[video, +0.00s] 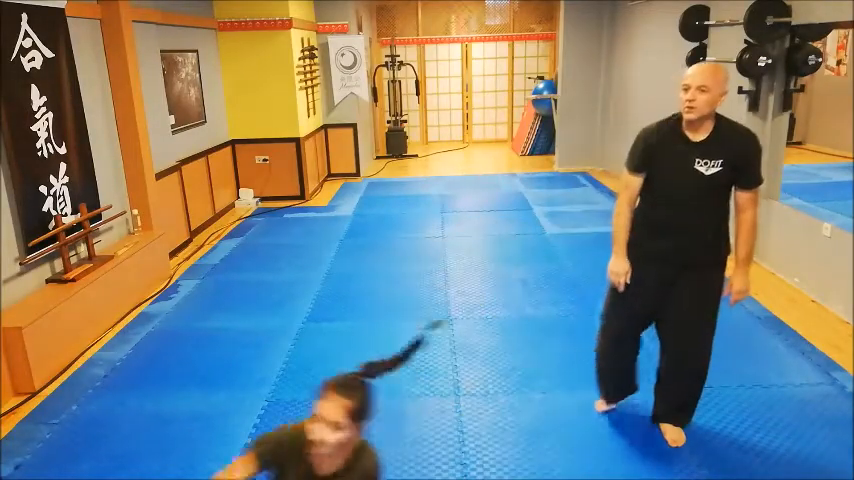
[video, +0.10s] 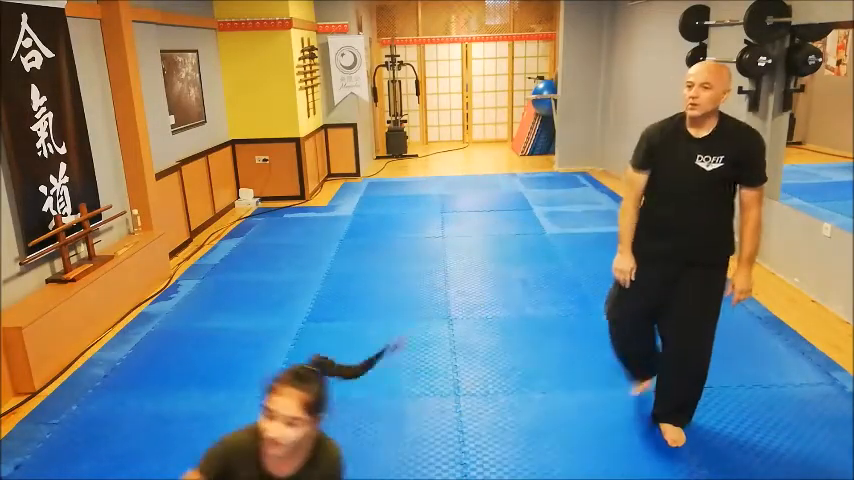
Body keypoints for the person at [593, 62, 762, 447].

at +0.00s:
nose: (690, 97)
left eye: (701, 91)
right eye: (686, 89)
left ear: (720, 97)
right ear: (679, 91)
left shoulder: (741, 145)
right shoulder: (652, 138)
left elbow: (746, 209)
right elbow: (626, 199)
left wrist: (742, 268)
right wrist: (618, 254)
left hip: (700, 267)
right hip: (644, 259)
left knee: (688, 348)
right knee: (615, 332)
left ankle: (671, 416)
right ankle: (614, 388)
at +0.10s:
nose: (693, 94)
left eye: (704, 88)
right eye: (689, 85)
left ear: (723, 95)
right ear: (682, 89)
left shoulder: (745, 143)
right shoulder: (657, 136)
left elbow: (750, 208)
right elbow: (631, 196)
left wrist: (745, 267)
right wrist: (624, 250)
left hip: (704, 263)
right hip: (650, 255)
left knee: (690, 344)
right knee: (622, 315)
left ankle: (671, 414)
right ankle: (645, 367)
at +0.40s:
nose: (696, 90)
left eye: (707, 85)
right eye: (693, 84)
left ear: (726, 92)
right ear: (687, 89)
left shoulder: (749, 138)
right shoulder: (668, 132)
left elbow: (757, 203)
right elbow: (648, 189)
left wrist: (747, 258)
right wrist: (630, 236)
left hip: (710, 257)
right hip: (661, 250)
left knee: (690, 338)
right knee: (654, 322)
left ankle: (671, 413)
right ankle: (685, 379)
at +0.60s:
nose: (671, 131)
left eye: (672, 124)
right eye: (669, 125)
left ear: (693, 116)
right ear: (695, 116)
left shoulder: (719, 151)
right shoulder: (721, 136)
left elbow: (657, 186)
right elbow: (713, 198)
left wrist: (603, 173)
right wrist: (688, 237)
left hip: (724, 258)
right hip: (728, 247)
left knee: (694, 332)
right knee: (726, 313)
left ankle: (676, 422)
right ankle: (732, 372)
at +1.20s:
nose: (669, 133)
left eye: (670, 125)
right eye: (667, 126)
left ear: (690, 117)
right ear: (691, 117)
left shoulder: (717, 150)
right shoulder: (717, 138)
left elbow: (658, 188)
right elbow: (688, 200)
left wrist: (603, 177)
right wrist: (646, 223)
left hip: (722, 258)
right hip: (719, 249)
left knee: (693, 331)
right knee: (726, 313)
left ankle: (676, 422)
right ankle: (733, 373)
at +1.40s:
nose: (668, 133)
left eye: (671, 126)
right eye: (666, 127)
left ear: (692, 118)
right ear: (692, 119)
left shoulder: (720, 151)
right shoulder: (701, 143)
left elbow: (660, 190)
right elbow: (666, 189)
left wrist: (602, 175)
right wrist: (618, 198)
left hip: (723, 259)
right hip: (711, 251)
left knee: (691, 330)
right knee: (723, 311)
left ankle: (673, 421)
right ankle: (732, 372)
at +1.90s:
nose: (651, 139)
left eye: (654, 132)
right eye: (649, 132)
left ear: (677, 124)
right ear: (676, 123)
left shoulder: (708, 156)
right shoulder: (679, 149)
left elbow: (646, 201)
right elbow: (627, 172)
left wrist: (588, 191)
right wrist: (579, 170)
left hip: (713, 271)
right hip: (683, 264)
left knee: (675, 341)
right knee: (685, 326)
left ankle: (668, 424)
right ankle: (718, 370)